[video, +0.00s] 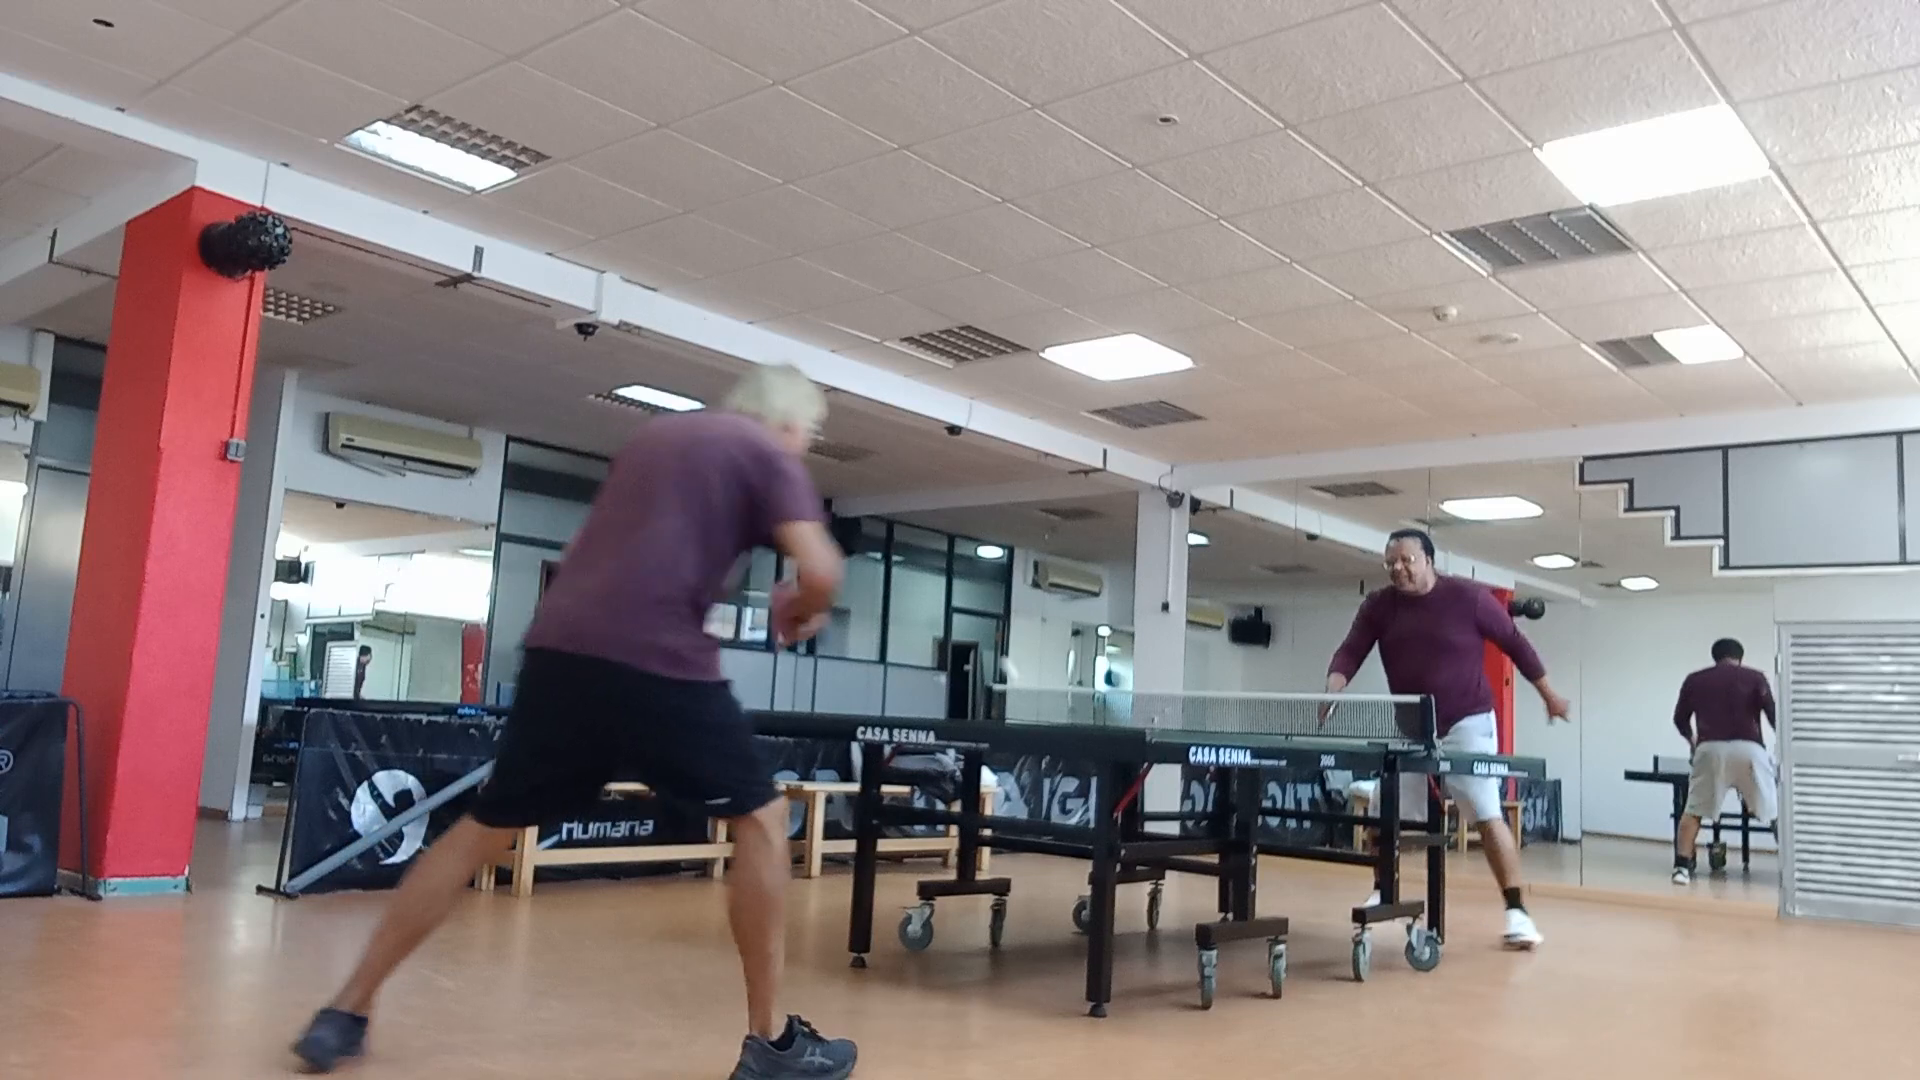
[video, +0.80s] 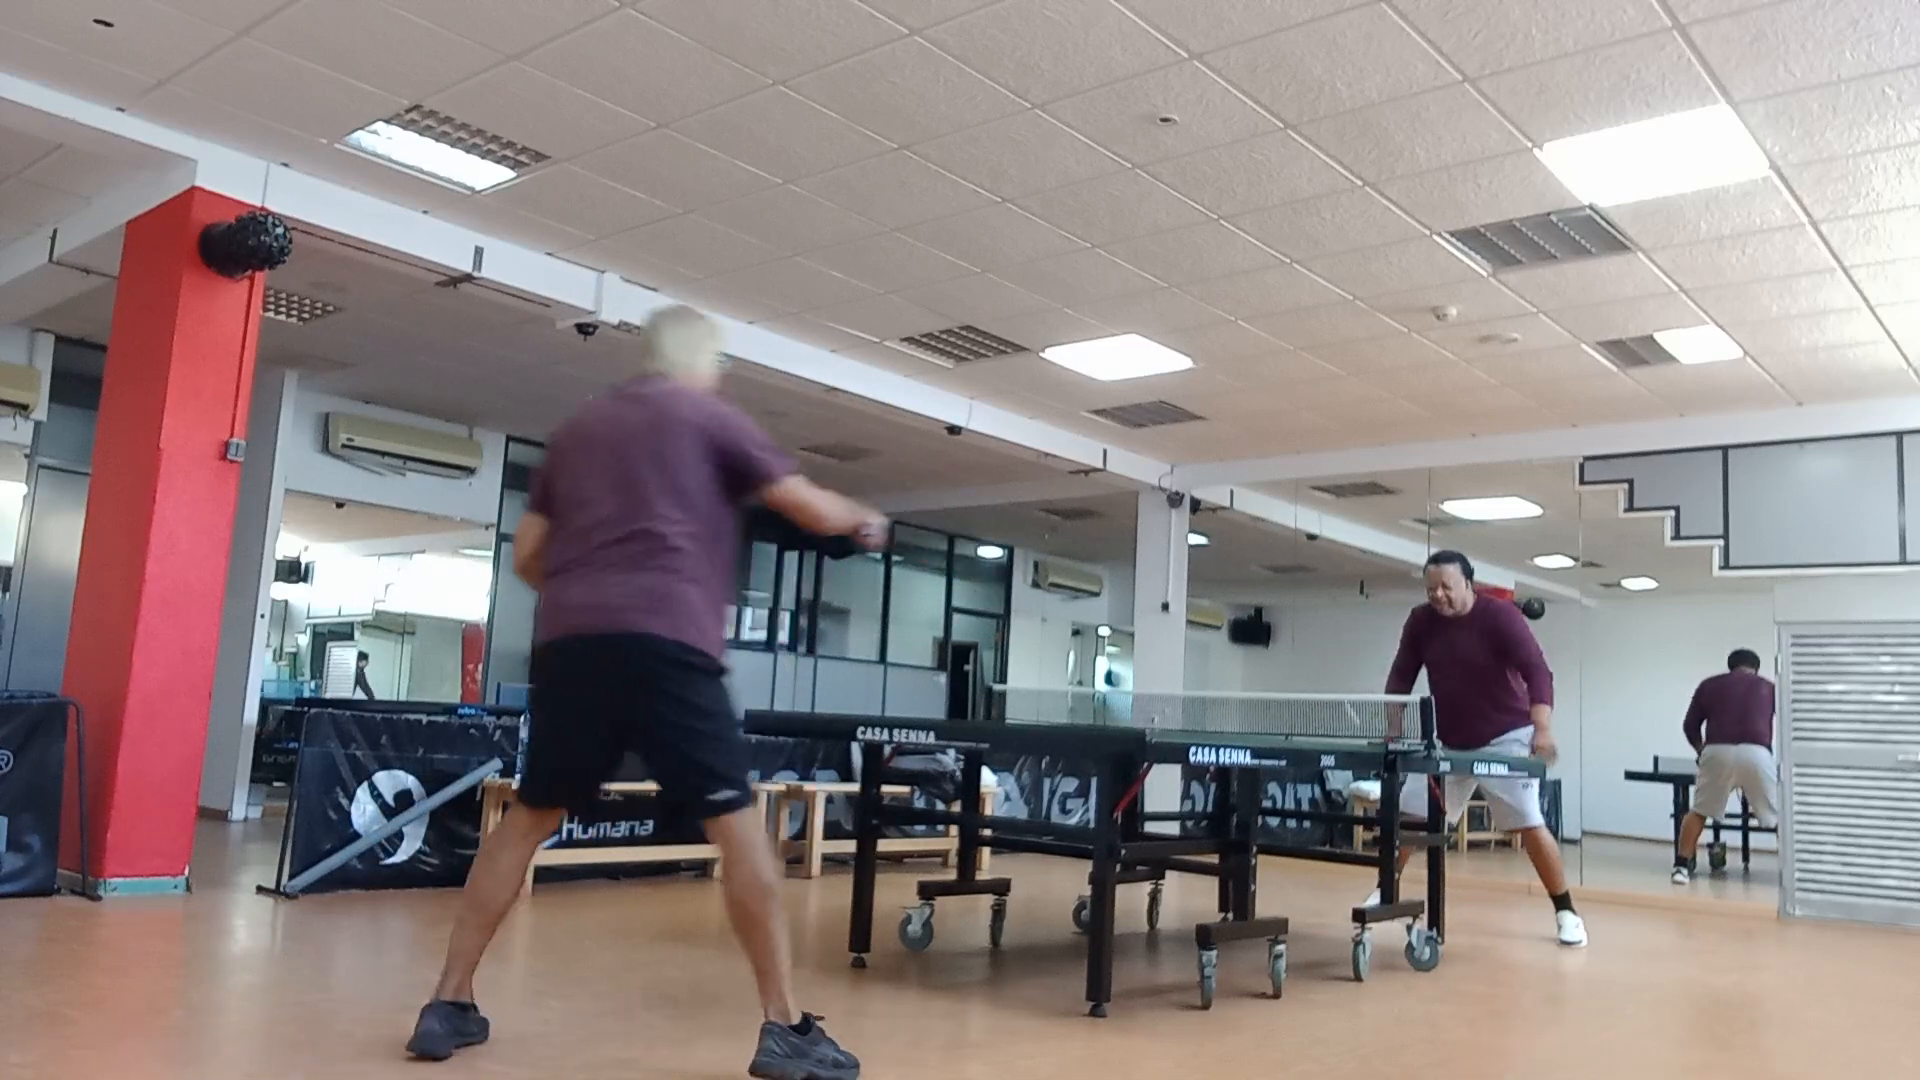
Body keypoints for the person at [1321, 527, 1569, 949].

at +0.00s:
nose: (1400, 568)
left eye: (1408, 559)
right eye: (1393, 562)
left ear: (1428, 561)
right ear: (1387, 567)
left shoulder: (1469, 597)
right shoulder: (1379, 606)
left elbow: (1514, 641)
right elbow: (1351, 651)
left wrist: (1548, 692)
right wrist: (1333, 690)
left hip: (1467, 721)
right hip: (1410, 726)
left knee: (1485, 812)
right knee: (1384, 811)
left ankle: (1516, 912)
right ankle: (1384, 894)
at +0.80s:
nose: (1438, 595)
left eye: (1446, 587)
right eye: (1432, 588)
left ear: (1468, 583)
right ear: (1426, 589)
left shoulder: (1500, 615)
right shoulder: (1422, 622)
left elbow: (1537, 669)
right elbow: (1400, 676)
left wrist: (1543, 728)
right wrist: (1393, 729)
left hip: (1507, 737)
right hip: (1449, 742)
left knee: (1529, 822)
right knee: (1407, 817)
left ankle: (1565, 912)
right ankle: (1384, 892)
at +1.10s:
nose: (1431, 595)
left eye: (1438, 586)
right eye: (1423, 588)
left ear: (1456, 580)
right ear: (1416, 586)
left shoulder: (1490, 607)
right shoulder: (1404, 613)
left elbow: (1542, 642)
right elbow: (1368, 644)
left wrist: (1561, 682)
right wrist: (1410, 661)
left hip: (1502, 732)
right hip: (1446, 737)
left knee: (1532, 817)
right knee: (1407, 819)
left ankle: (1571, 911)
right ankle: (1399, 897)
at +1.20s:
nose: (1422, 594)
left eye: (1429, 585)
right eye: (1414, 587)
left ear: (1447, 579)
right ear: (1407, 586)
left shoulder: (1480, 604)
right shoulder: (1399, 605)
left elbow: (1536, 619)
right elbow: (1359, 602)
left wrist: (1584, 650)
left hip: (1498, 735)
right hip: (1438, 739)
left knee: (1533, 820)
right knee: (1403, 822)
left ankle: (1572, 912)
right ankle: (1398, 900)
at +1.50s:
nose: (1435, 563)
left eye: (1443, 557)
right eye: (1430, 557)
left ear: (1467, 562)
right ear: (1425, 563)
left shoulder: (1497, 599)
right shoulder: (1407, 601)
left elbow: (1549, 622)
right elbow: (1373, 642)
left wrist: (1599, 639)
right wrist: (1341, 678)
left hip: (1488, 731)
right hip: (1425, 732)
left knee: (1520, 818)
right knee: (1403, 824)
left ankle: (1558, 910)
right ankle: (1396, 897)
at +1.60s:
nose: (1442, 560)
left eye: (1451, 553)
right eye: (1437, 555)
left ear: (1474, 559)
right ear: (1432, 563)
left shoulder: (1505, 598)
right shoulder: (1417, 602)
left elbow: (1560, 629)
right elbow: (1401, 659)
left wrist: (1620, 661)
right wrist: (1387, 706)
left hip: (1495, 730)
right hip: (1434, 732)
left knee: (1522, 823)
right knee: (1409, 827)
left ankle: (1556, 911)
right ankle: (1401, 898)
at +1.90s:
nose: (1454, 546)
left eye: (1463, 539)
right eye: (1450, 542)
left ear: (1487, 546)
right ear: (1449, 552)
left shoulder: (1521, 589)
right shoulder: (1448, 596)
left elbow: (1554, 641)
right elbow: (1446, 649)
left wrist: (1559, 695)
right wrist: (1429, 698)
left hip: (1516, 722)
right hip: (1460, 722)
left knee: (1531, 820)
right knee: (1448, 811)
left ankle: (1562, 911)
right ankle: (1460, 903)